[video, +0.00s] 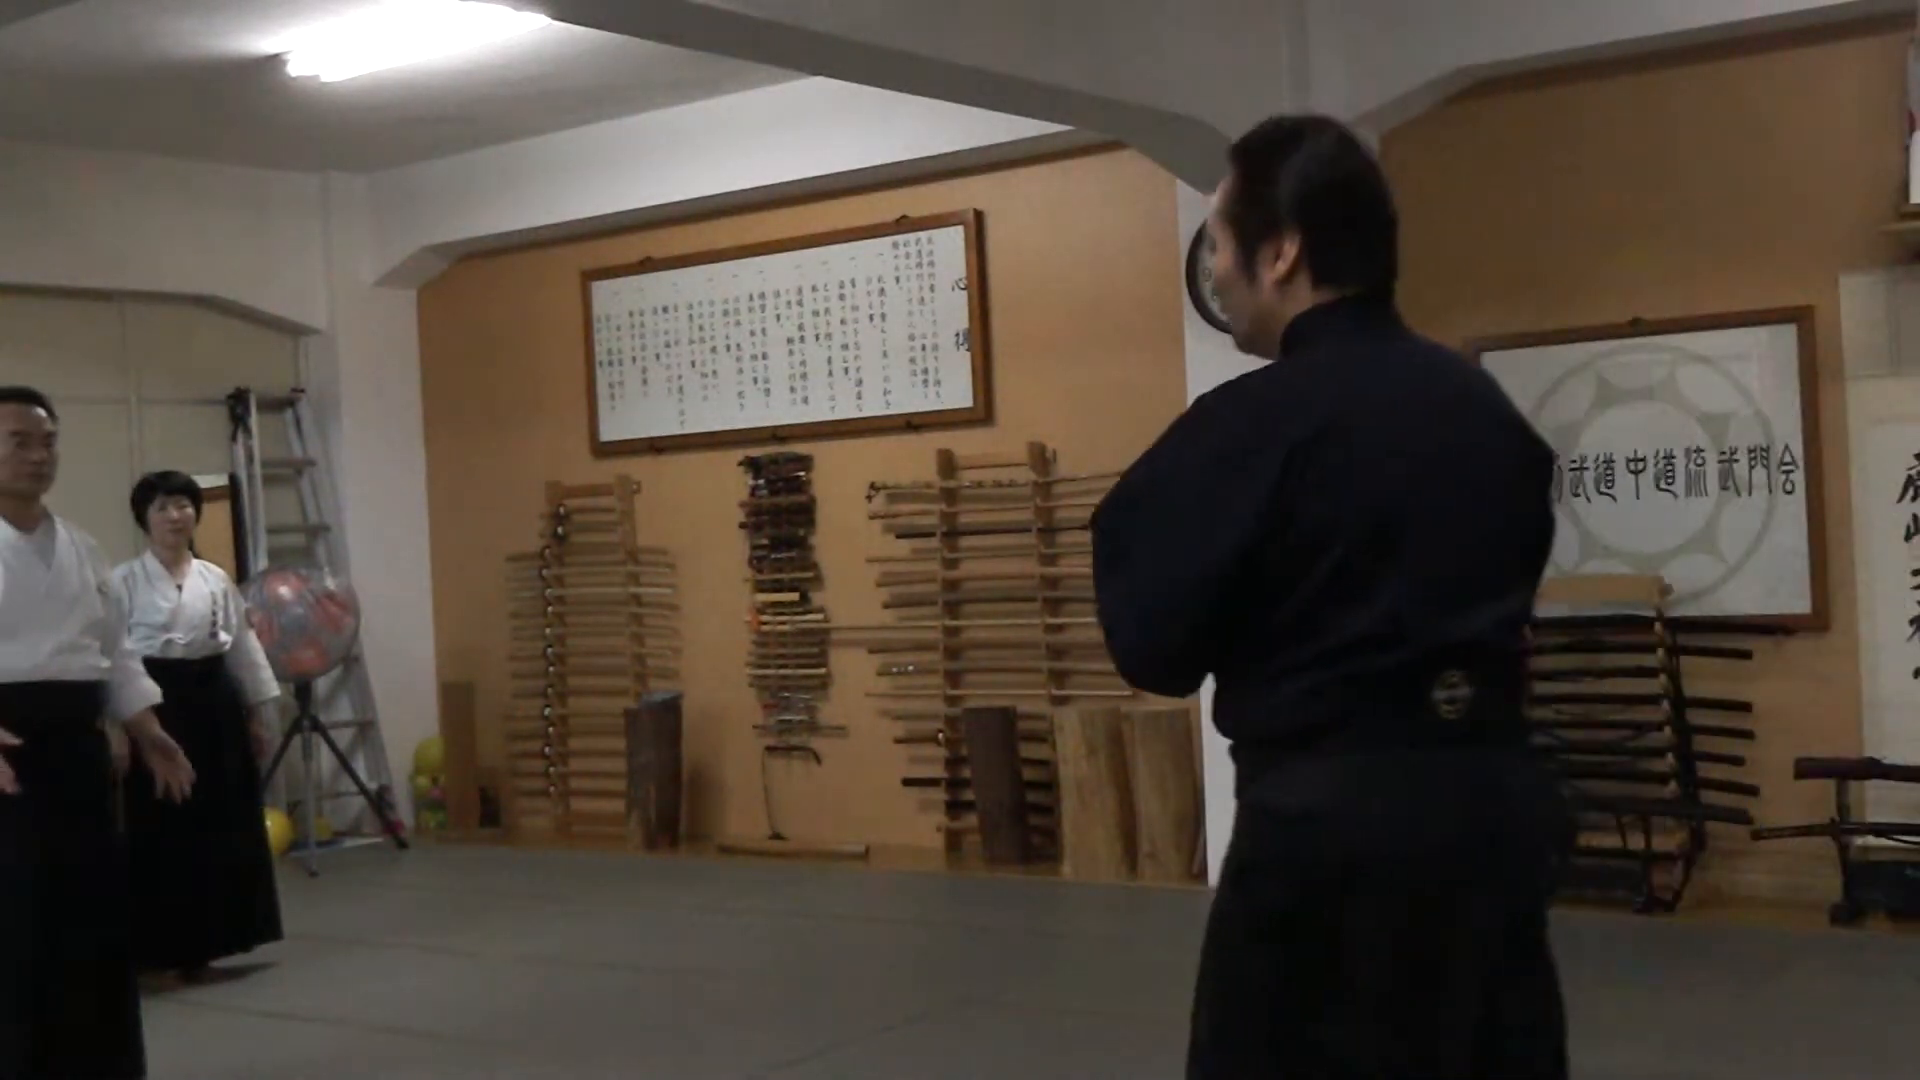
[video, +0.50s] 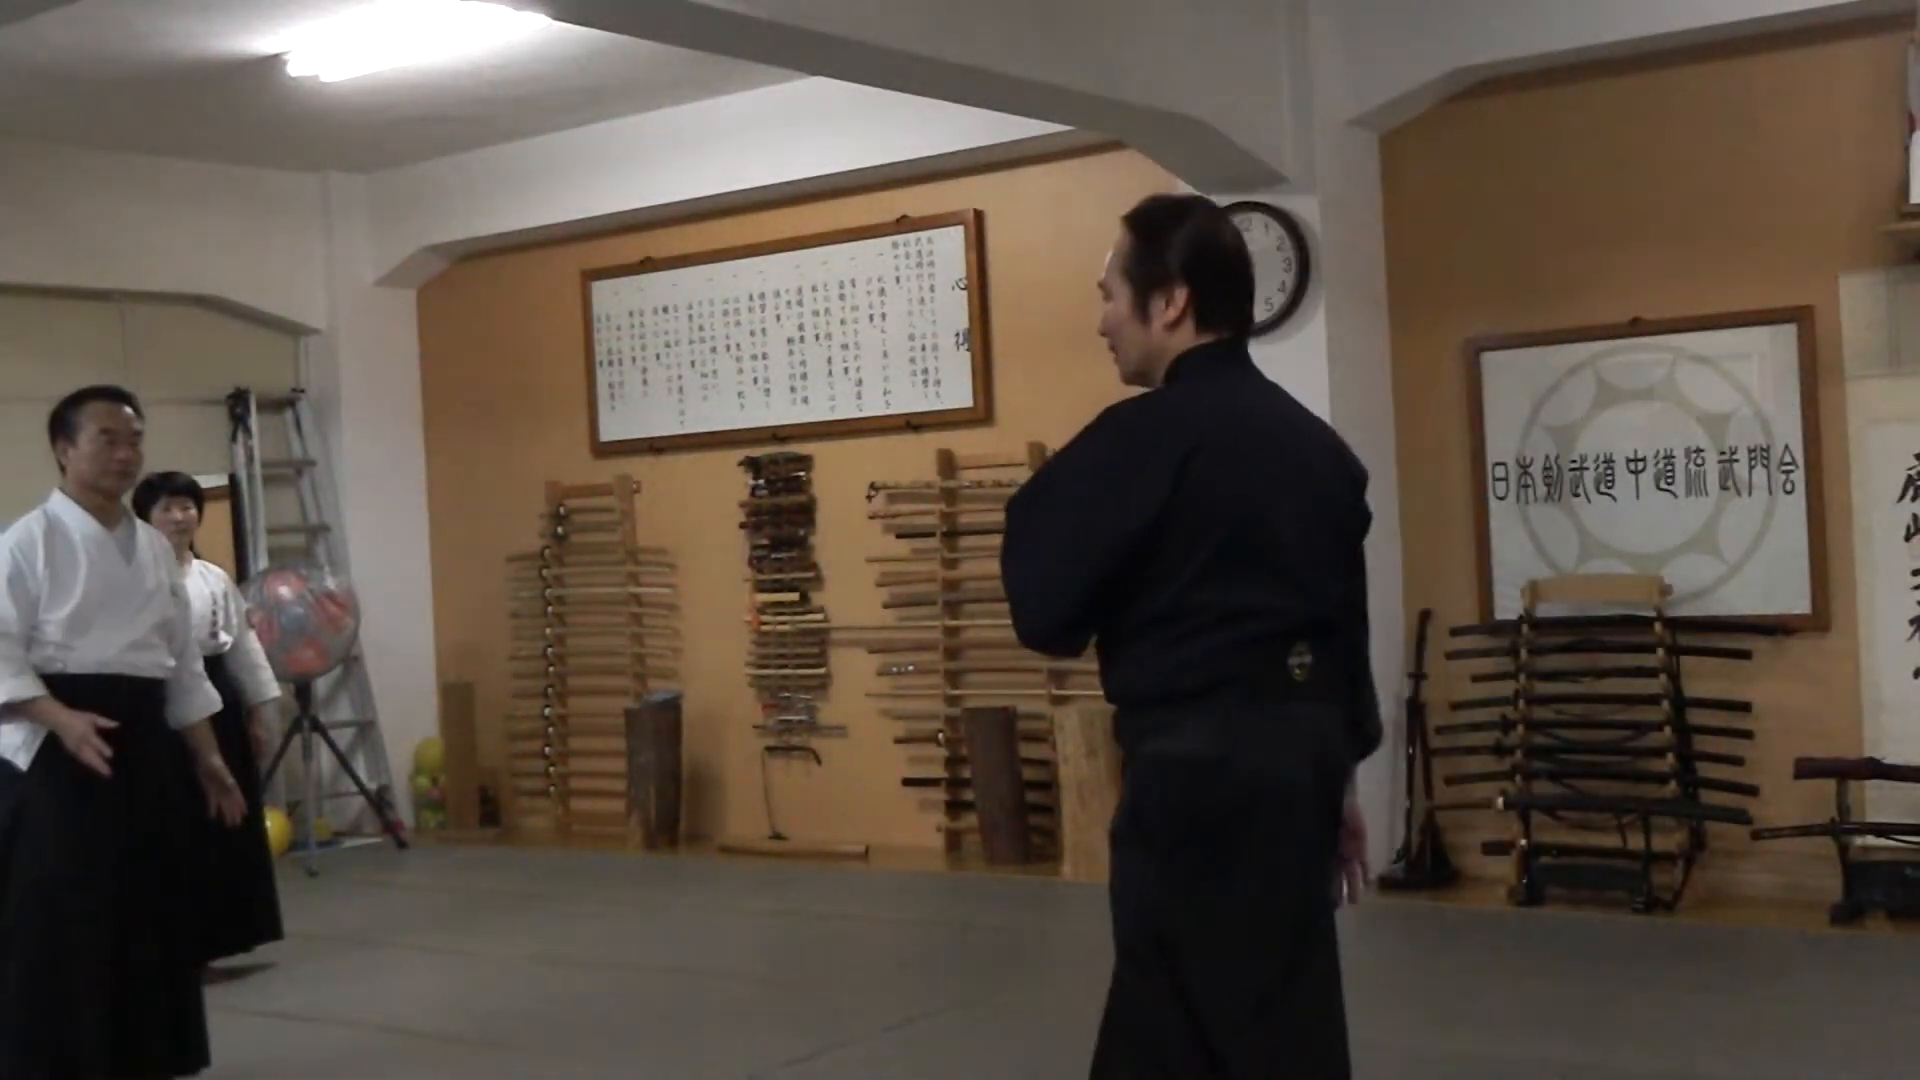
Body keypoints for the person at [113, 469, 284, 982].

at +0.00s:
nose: (175, 515)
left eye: (183, 506)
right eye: (163, 507)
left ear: (197, 515)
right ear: (144, 519)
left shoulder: (216, 580)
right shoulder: (124, 581)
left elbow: (243, 646)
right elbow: (112, 658)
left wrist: (262, 713)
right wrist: (121, 729)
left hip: (211, 702)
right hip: (153, 706)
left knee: (213, 818)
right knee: (159, 822)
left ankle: (203, 946)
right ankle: (162, 949)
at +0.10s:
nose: (177, 516)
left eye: (185, 506)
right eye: (164, 508)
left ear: (197, 515)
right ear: (145, 520)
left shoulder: (216, 579)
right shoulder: (129, 580)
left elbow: (242, 647)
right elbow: (122, 654)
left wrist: (261, 714)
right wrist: (132, 723)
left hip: (213, 700)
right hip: (155, 704)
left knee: (217, 816)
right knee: (162, 820)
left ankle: (204, 945)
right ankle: (168, 949)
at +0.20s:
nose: (177, 515)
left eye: (185, 506)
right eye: (165, 507)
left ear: (197, 515)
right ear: (144, 518)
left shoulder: (214, 578)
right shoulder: (133, 579)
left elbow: (241, 644)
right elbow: (128, 651)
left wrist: (261, 707)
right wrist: (138, 721)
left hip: (214, 695)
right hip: (157, 700)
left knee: (224, 812)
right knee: (166, 818)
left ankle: (213, 938)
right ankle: (175, 945)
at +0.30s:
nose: (178, 515)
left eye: (186, 506)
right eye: (166, 507)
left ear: (197, 515)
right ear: (145, 519)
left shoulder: (215, 578)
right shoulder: (137, 580)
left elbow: (241, 644)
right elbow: (133, 653)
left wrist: (261, 708)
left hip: (214, 690)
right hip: (160, 696)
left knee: (226, 809)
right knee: (169, 814)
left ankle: (215, 938)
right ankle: (180, 943)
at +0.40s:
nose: (179, 515)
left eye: (187, 506)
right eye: (167, 507)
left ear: (198, 515)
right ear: (147, 518)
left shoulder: (215, 579)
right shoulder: (139, 578)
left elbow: (241, 644)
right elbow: (134, 653)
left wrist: (261, 708)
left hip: (215, 690)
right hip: (159, 698)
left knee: (225, 812)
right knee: (170, 816)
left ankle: (216, 940)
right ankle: (181, 944)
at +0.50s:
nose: (180, 515)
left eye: (188, 506)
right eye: (168, 508)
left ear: (199, 516)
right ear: (146, 520)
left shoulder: (215, 579)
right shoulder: (138, 578)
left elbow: (241, 645)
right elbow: (131, 655)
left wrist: (261, 708)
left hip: (215, 699)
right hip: (157, 707)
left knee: (222, 818)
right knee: (169, 823)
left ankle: (217, 941)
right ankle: (179, 945)